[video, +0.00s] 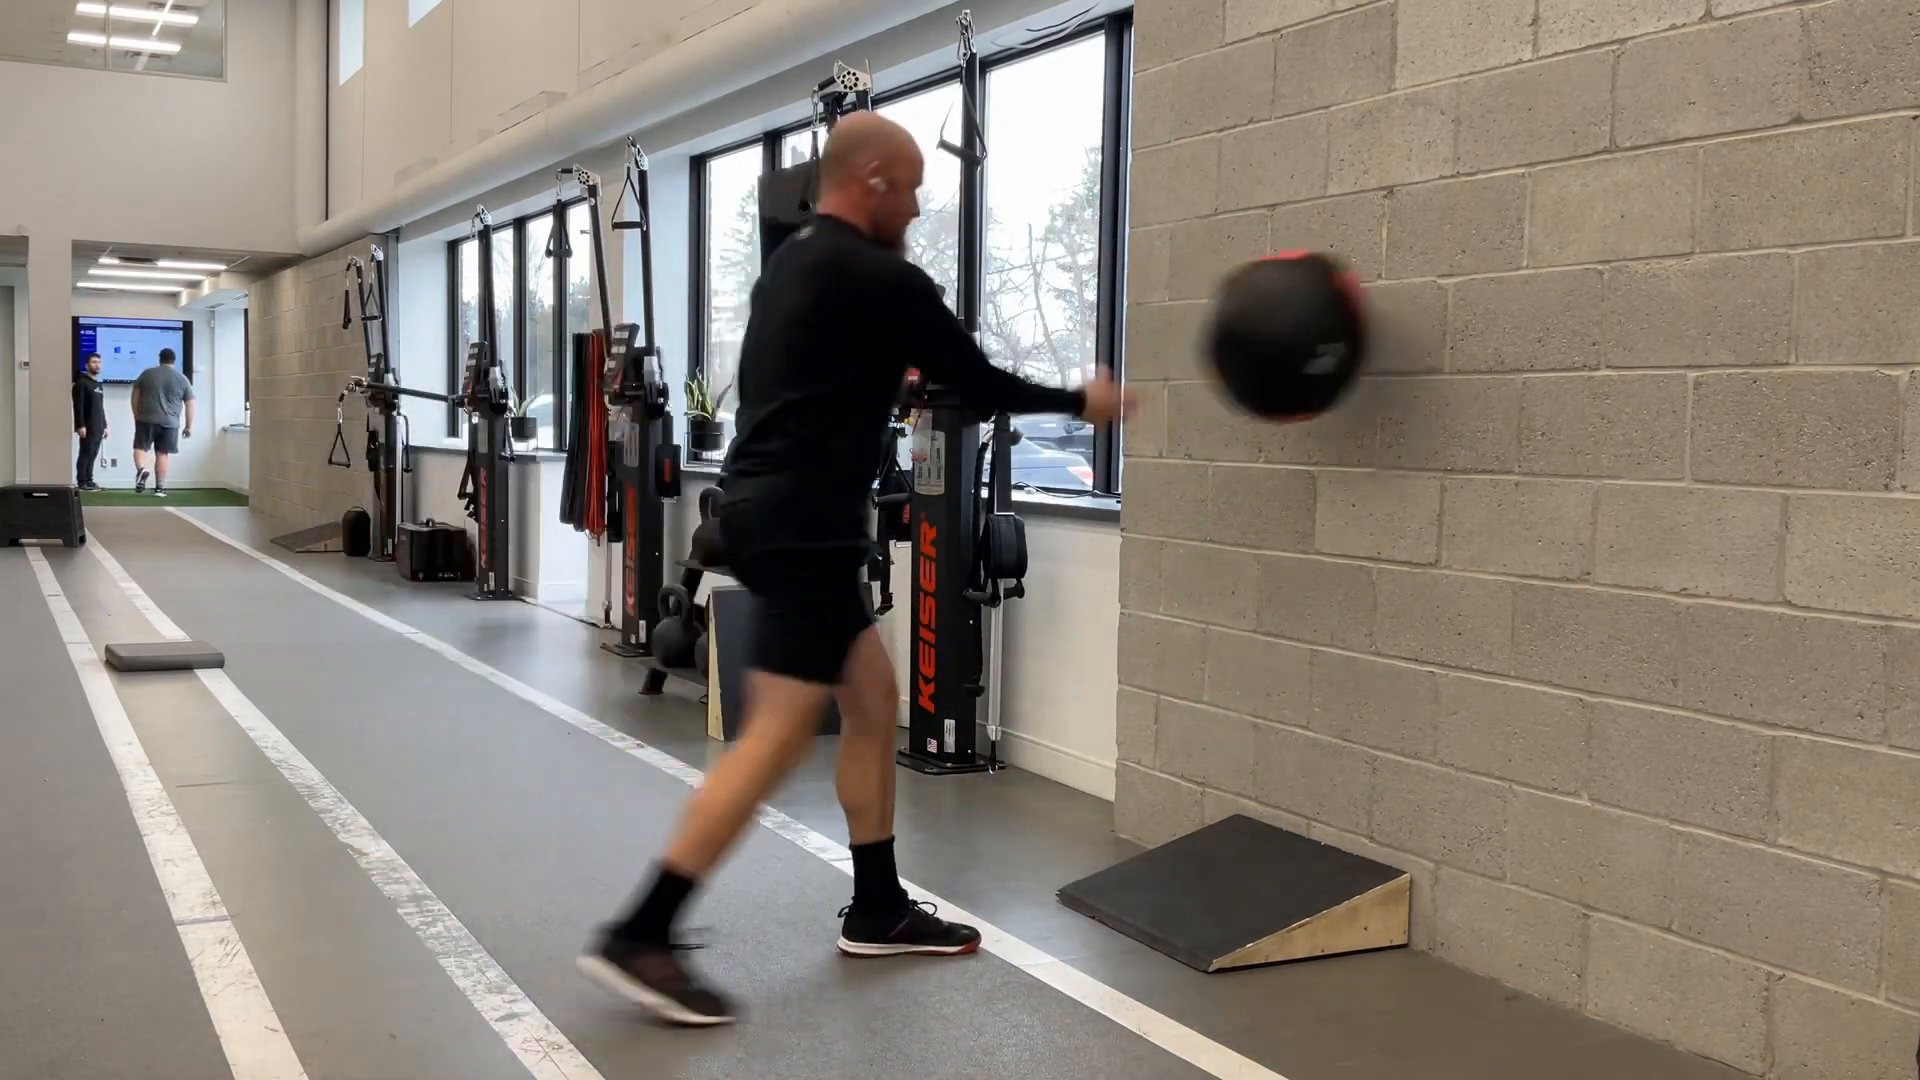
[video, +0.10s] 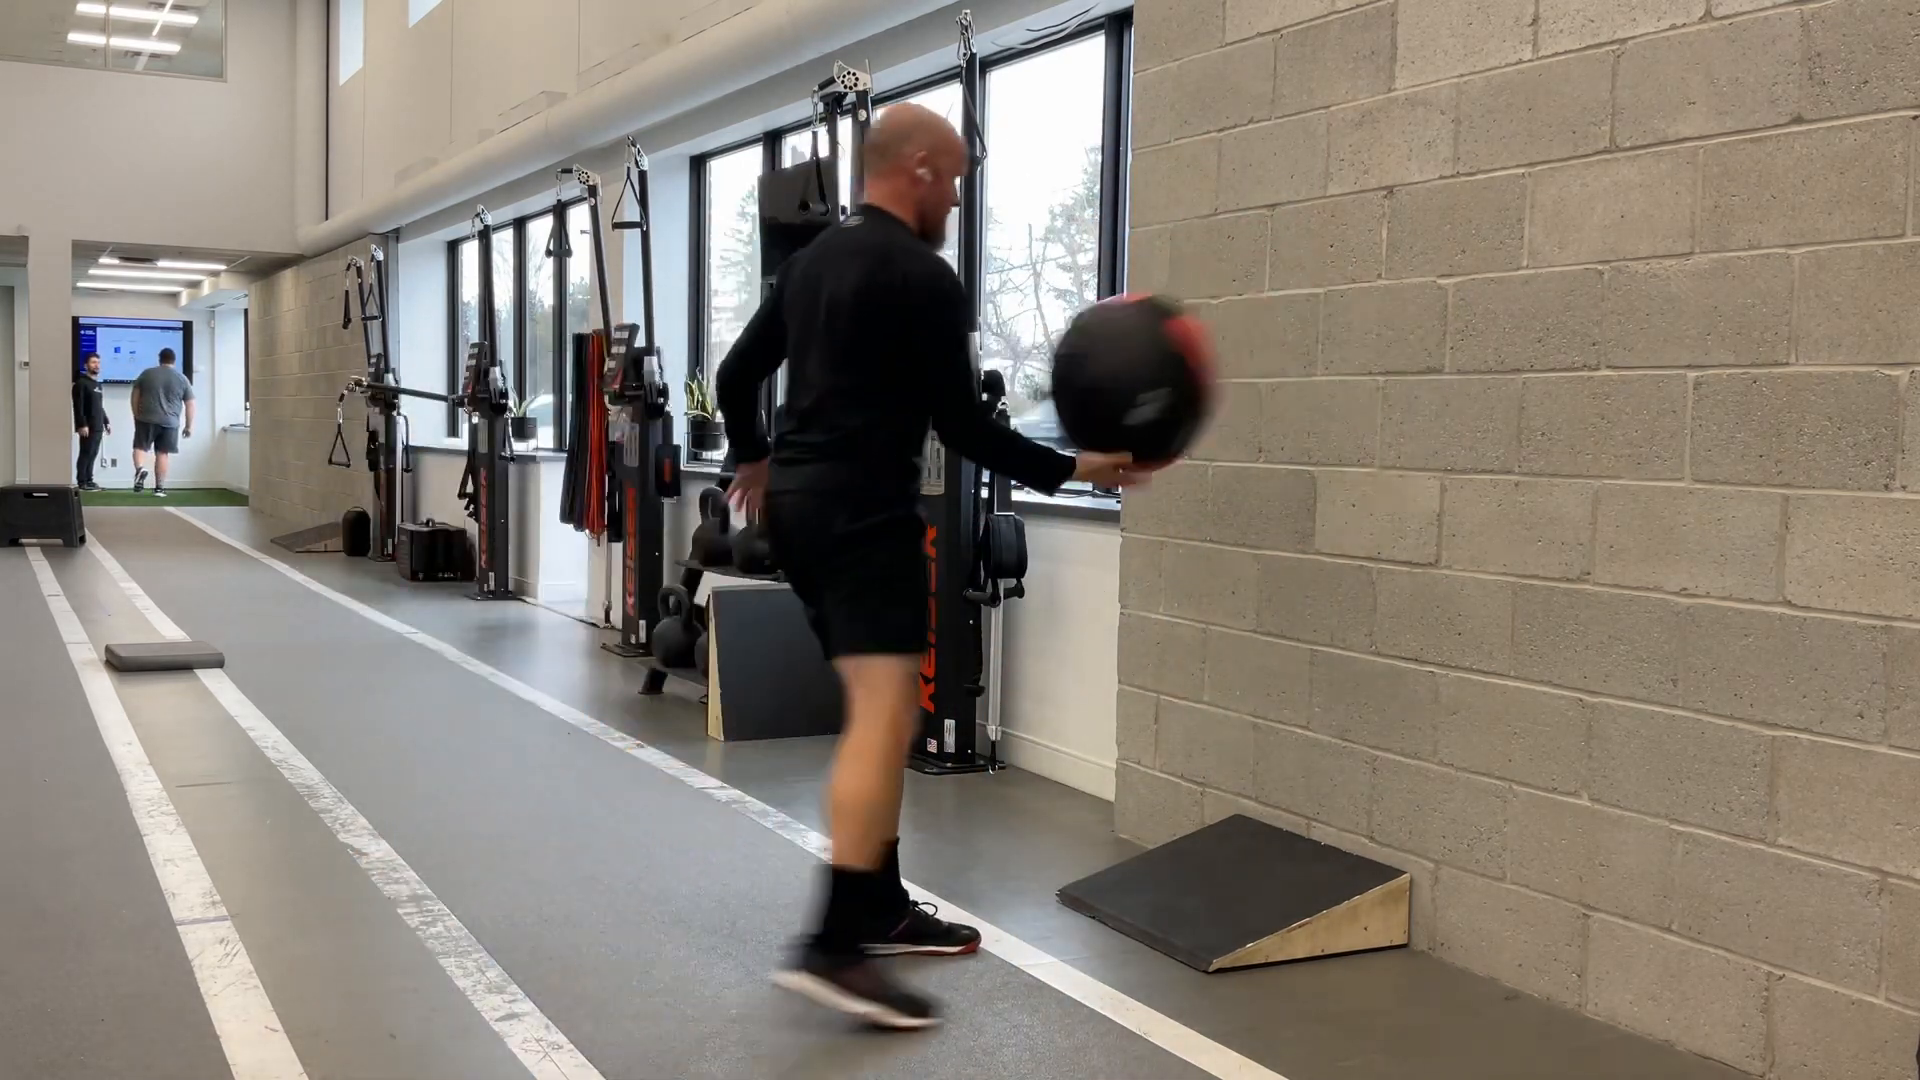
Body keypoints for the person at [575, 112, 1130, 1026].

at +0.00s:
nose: (915, 207)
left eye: (916, 191)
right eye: (911, 191)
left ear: (840, 181)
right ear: (871, 186)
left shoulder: (790, 261)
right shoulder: (881, 275)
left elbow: (802, 384)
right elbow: (978, 382)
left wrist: (901, 383)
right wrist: (1079, 400)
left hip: (758, 513)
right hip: (808, 521)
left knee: (871, 692)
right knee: (777, 733)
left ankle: (879, 905)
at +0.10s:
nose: (957, 196)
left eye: (957, 180)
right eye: (953, 179)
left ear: (883, 172)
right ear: (920, 173)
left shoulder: (815, 257)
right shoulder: (924, 279)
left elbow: (739, 371)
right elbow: (961, 422)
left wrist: (748, 454)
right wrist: (1070, 470)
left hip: (800, 500)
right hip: (867, 506)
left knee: (882, 705)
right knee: (881, 710)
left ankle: (879, 903)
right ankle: (833, 941)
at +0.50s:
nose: (1046, 201)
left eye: (1048, 185)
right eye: (1046, 183)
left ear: (975, 165)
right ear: (1018, 169)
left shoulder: (913, 252)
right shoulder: (997, 254)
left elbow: (869, 387)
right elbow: (1018, 389)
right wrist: (1125, 428)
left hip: (882, 499)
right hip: (959, 503)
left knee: (917, 696)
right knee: (999, 702)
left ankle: (881, 902)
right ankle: (1014, 929)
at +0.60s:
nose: (1057, 208)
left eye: (1061, 192)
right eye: (1060, 190)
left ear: (989, 166)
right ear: (1034, 171)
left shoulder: (920, 256)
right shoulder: (1005, 254)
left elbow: (877, 394)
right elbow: (1025, 390)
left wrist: (973, 419)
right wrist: (1134, 427)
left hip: (898, 500)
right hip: (975, 505)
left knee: (920, 696)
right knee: (1008, 704)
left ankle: (882, 902)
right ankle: (1015, 928)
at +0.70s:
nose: (1068, 217)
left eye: (1073, 202)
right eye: (1072, 199)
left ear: (1005, 171)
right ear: (1047, 176)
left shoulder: (926, 260)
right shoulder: (1012, 252)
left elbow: (879, 394)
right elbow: (1025, 383)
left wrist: (950, 449)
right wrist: (1134, 426)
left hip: (901, 496)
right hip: (979, 500)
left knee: (921, 696)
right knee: (1014, 700)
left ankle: (882, 901)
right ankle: (1015, 927)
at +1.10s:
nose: (1063, 239)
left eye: (1071, 224)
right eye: (1070, 220)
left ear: (1013, 183)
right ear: (1047, 190)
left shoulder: (940, 257)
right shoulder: (996, 251)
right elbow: (997, 371)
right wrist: (1107, 415)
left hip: (898, 499)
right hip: (966, 504)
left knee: (925, 702)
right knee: (1010, 701)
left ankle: (882, 901)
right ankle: (1016, 923)